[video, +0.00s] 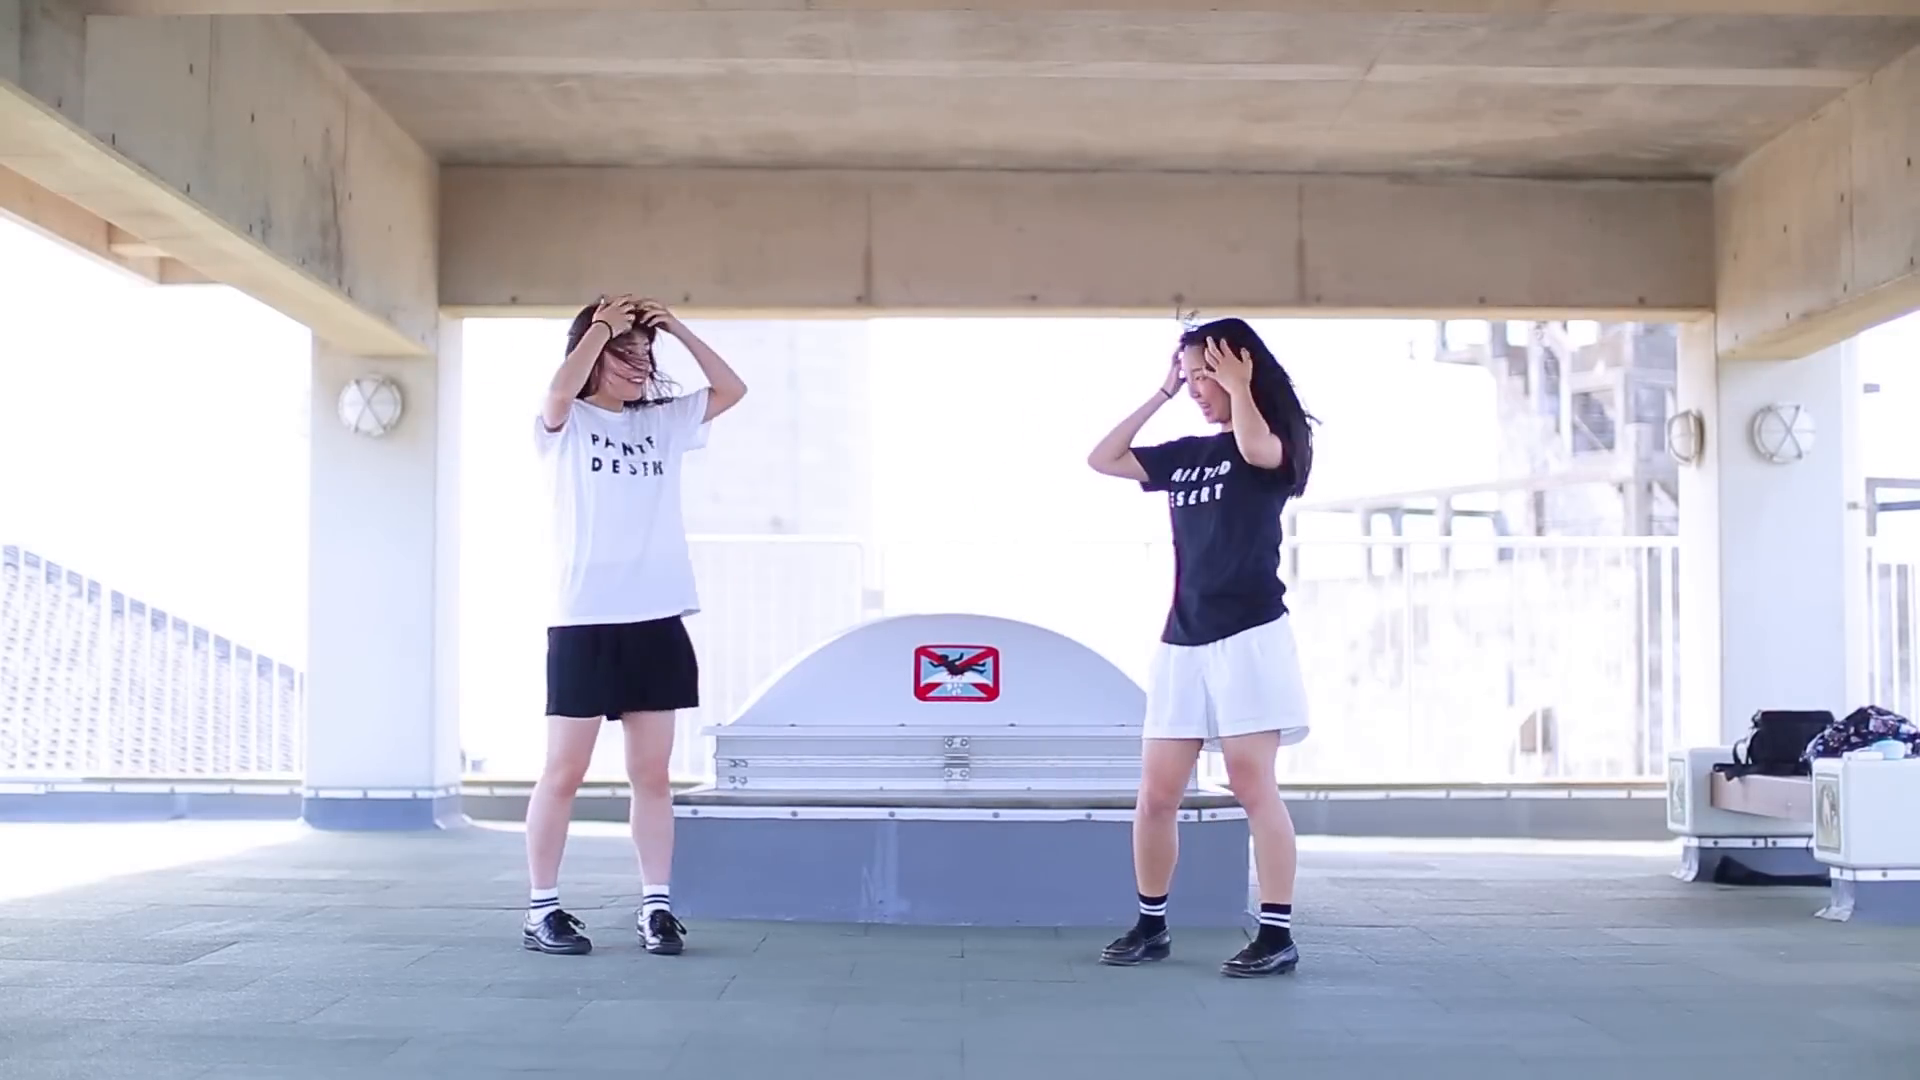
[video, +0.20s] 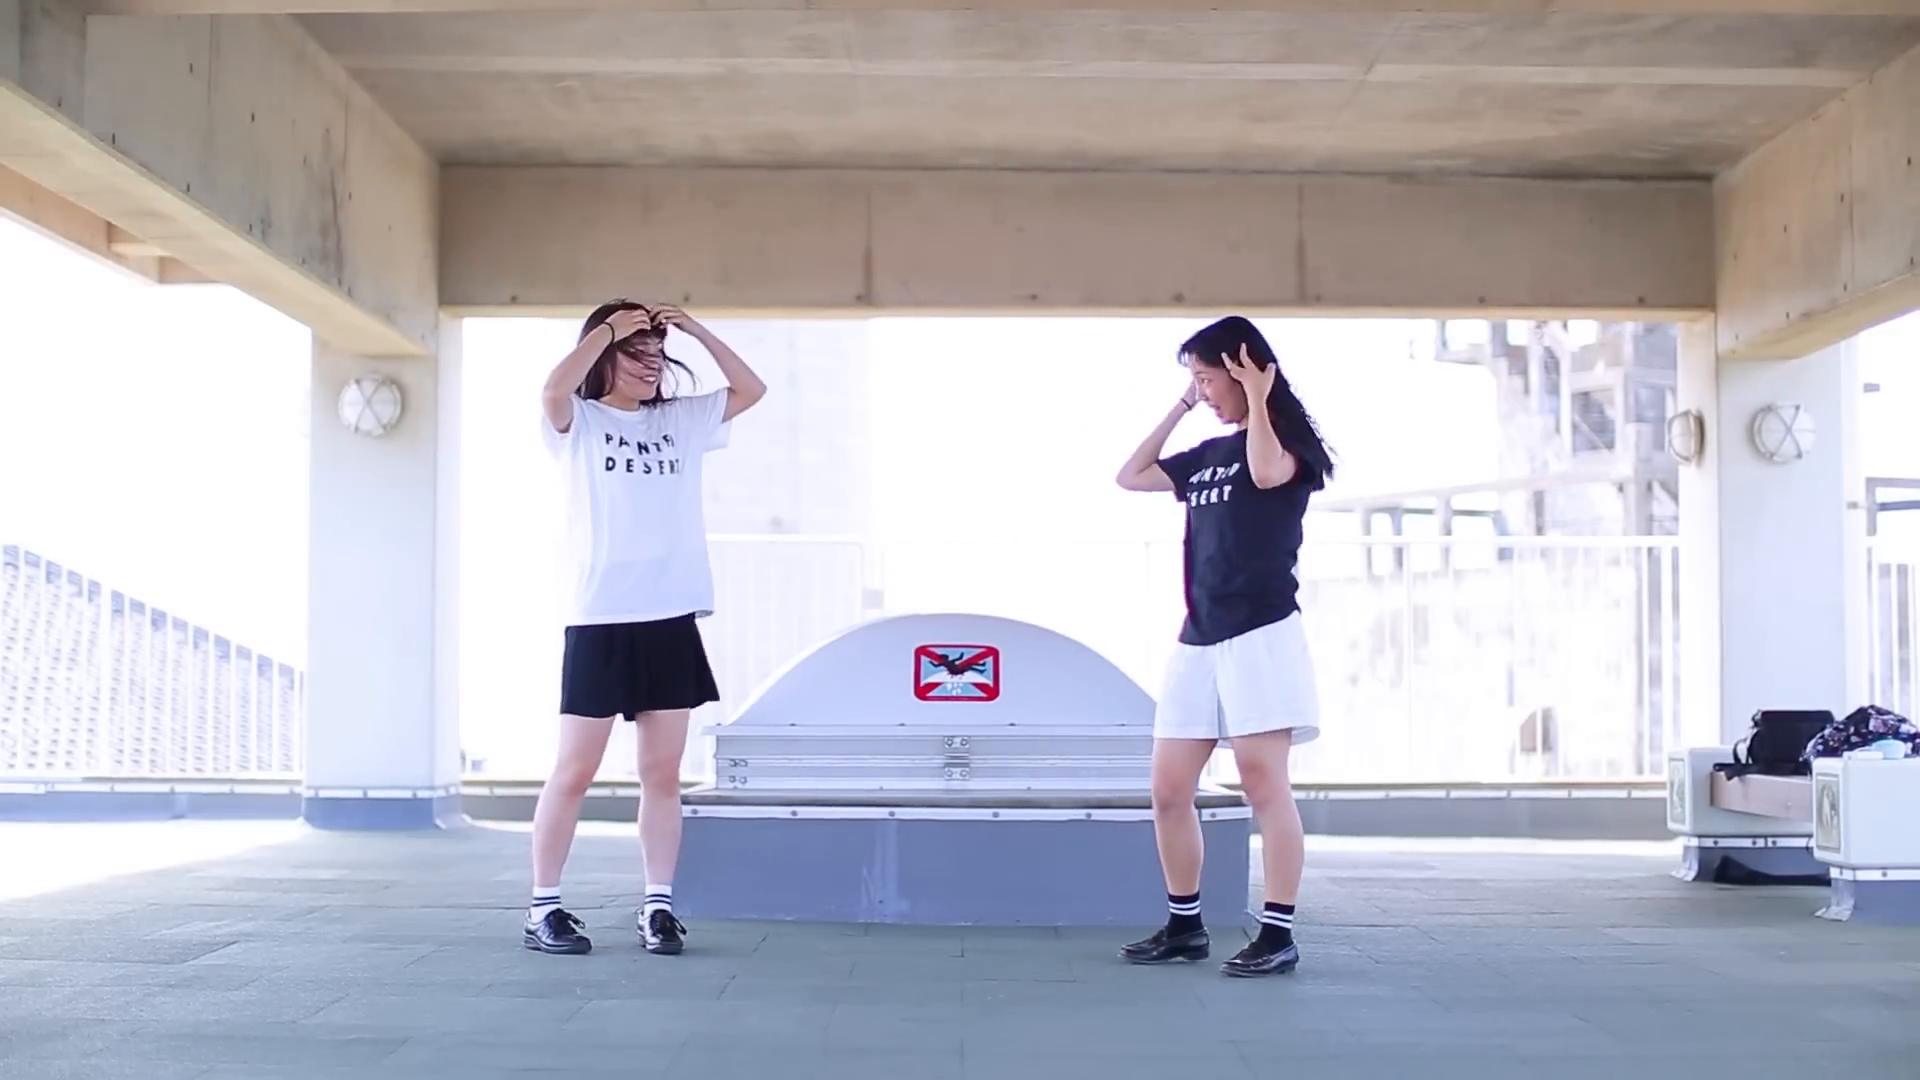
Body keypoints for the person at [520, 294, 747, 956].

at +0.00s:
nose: (636, 364)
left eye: (644, 354)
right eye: (623, 353)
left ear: (651, 361)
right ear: (589, 357)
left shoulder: (663, 418)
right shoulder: (565, 418)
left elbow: (729, 390)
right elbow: (560, 394)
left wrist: (676, 327)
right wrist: (599, 330)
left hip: (658, 618)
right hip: (582, 620)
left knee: (653, 775)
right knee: (564, 774)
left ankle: (657, 908)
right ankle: (543, 911)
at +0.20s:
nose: (650, 359)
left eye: (656, 350)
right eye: (636, 350)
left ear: (663, 358)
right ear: (604, 356)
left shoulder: (681, 417)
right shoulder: (580, 419)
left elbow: (748, 389)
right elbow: (556, 390)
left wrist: (694, 329)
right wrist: (606, 331)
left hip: (672, 619)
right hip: (598, 620)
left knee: (663, 775)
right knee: (575, 773)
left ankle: (658, 906)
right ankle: (545, 909)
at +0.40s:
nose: (661, 359)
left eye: (668, 350)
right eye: (648, 348)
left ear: (677, 357)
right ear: (617, 351)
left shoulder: (698, 419)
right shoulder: (598, 418)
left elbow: (770, 402)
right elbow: (568, 419)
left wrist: (717, 329)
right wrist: (594, 345)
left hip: (686, 621)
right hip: (613, 621)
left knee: (670, 775)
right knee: (584, 775)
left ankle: (659, 909)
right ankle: (545, 910)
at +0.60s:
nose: (669, 359)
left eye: (677, 351)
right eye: (654, 351)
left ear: (688, 359)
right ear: (622, 358)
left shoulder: (708, 420)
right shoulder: (602, 417)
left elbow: (779, 397)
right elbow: (596, 413)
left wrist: (725, 331)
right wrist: (633, 345)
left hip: (693, 620)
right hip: (620, 618)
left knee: (676, 775)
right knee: (601, 772)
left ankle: (660, 907)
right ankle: (560, 902)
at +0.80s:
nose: (676, 358)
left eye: (686, 349)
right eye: (663, 346)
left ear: (697, 360)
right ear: (632, 353)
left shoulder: (714, 423)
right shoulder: (610, 415)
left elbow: (787, 407)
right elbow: (606, 409)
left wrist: (738, 339)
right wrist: (645, 343)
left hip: (694, 619)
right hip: (624, 617)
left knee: (675, 774)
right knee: (616, 772)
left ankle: (661, 907)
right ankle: (591, 908)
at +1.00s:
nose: (681, 357)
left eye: (690, 348)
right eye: (668, 347)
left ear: (700, 356)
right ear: (637, 354)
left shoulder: (717, 423)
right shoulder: (614, 413)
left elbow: (789, 411)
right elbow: (613, 411)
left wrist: (739, 341)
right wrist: (651, 346)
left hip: (695, 621)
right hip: (623, 619)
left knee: (674, 775)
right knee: (612, 772)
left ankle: (661, 907)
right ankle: (591, 909)